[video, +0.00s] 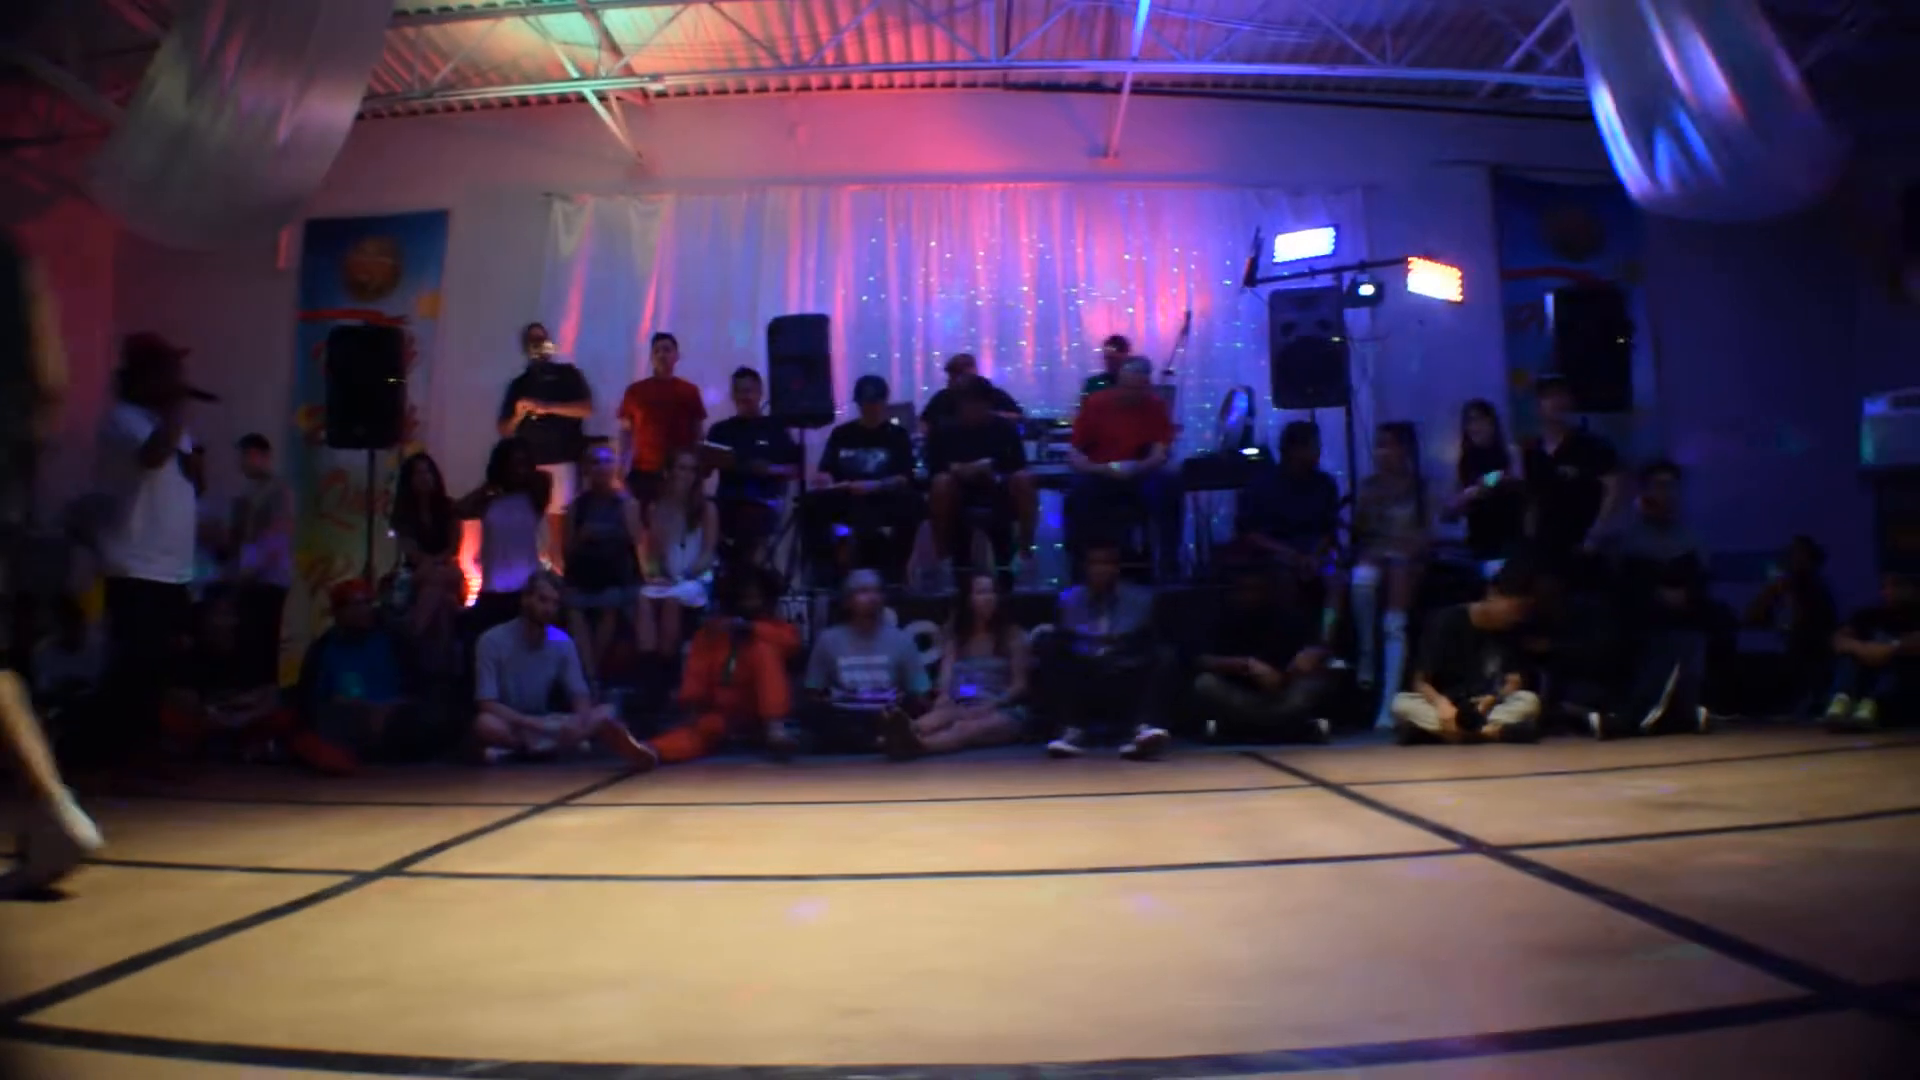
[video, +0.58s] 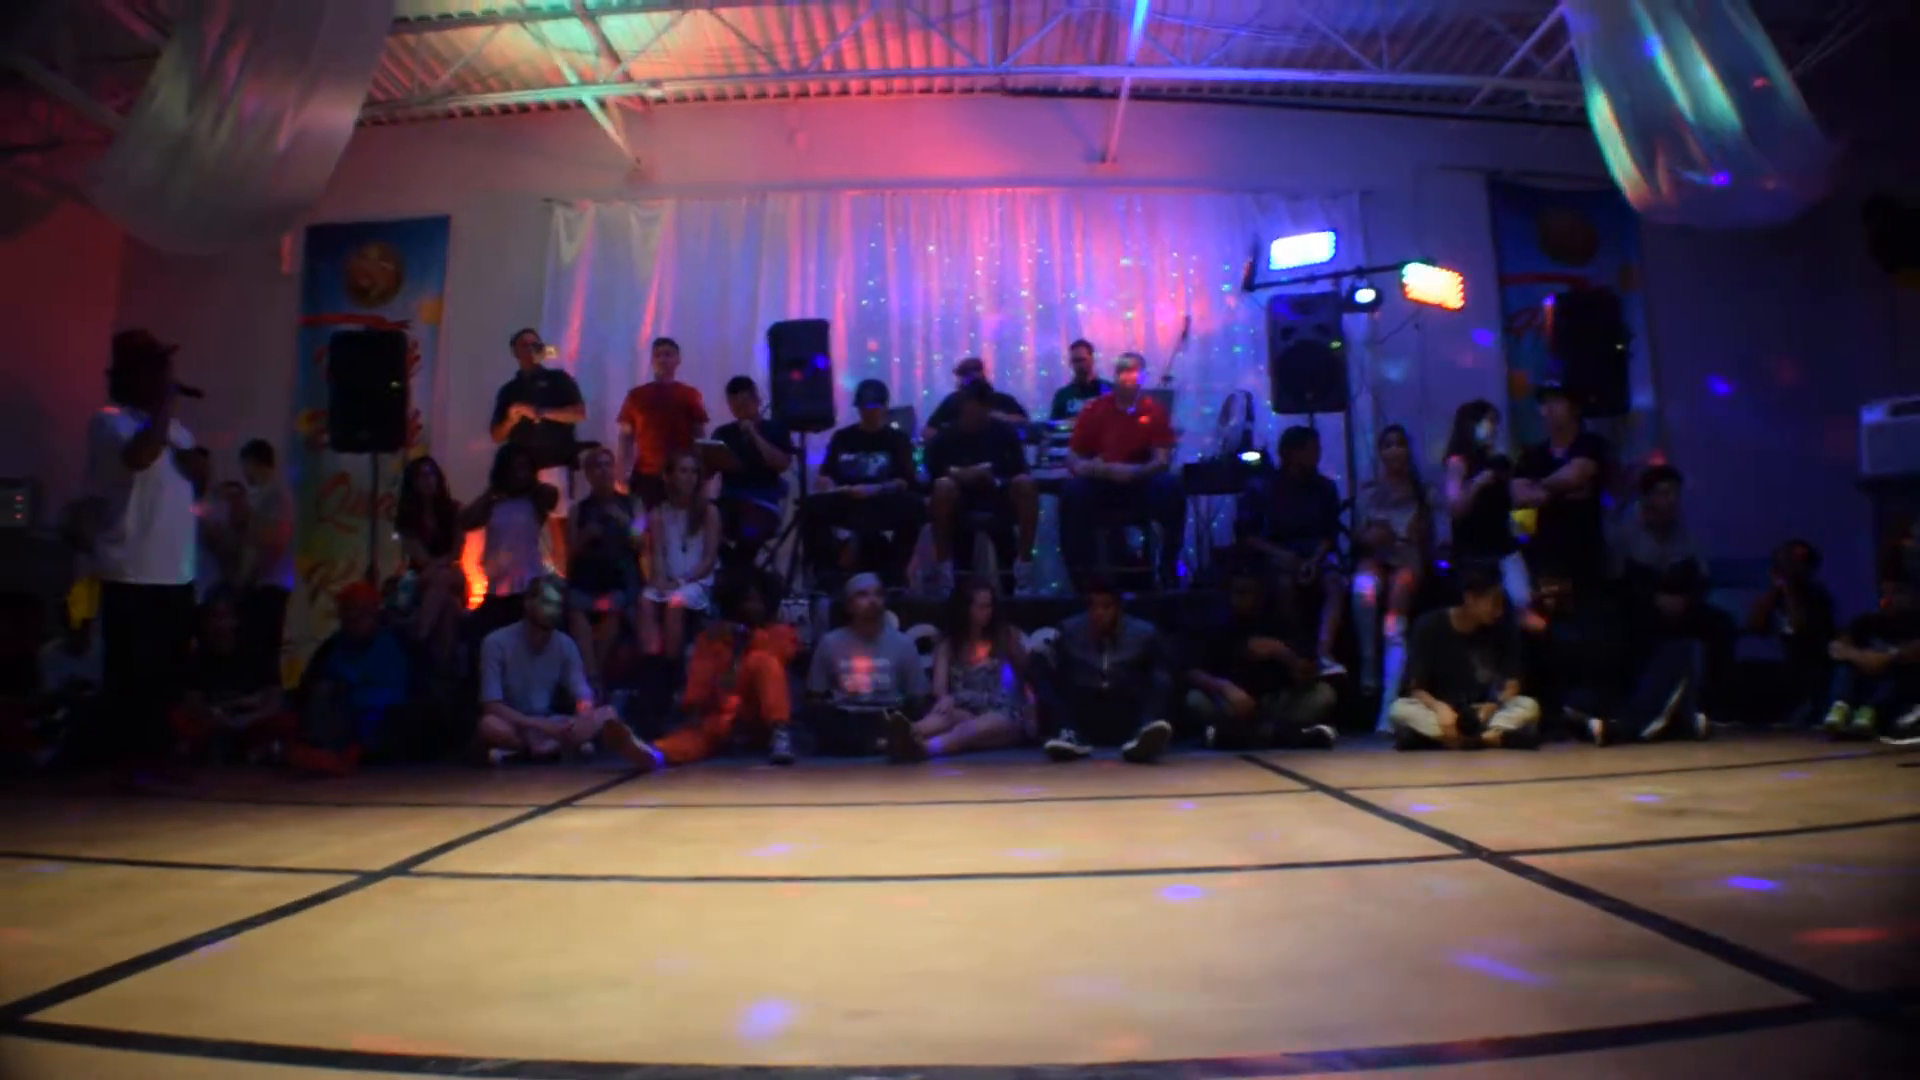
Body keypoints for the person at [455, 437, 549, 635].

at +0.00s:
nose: (517, 469)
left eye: (522, 462)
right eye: (511, 462)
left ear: (528, 464)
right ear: (499, 464)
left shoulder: (534, 499)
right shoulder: (487, 502)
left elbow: (543, 479)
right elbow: (459, 509)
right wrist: (488, 488)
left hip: (527, 590)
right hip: (493, 591)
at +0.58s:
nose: (520, 473)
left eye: (524, 466)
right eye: (514, 467)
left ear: (531, 469)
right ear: (502, 469)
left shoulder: (535, 501)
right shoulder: (493, 504)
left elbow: (551, 494)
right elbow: (465, 521)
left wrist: (527, 483)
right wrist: (491, 494)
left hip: (530, 591)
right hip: (498, 593)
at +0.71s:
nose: (543, 473)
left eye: (548, 467)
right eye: (538, 467)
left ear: (555, 470)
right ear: (526, 469)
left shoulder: (558, 500)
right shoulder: (518, 502)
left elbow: (576, 495)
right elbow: (490, 522)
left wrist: (552, 483)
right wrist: (515, 494)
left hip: (552, 590)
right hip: (520, 590)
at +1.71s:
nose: (530, 473)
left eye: (536, 467)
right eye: (526, 467)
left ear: (547, 471)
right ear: (518, 471)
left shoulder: (553, 500)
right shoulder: (513, 505)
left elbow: (557, 511)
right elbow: (488, 517)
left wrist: (555, 491)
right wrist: (514, 493)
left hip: (545, 593)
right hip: (511, 593)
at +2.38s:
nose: (538, 471)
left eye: (542, 465)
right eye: (532, 465)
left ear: (548, 470)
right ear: (518, 469)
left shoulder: (555, 503)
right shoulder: (505, 503)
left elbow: (555, 532)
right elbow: (486, 539)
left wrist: (549, 500)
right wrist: (506, 502)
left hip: (544, 595)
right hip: (509, 594)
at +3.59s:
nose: (534, 470)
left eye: (540, 465)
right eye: (528, 464)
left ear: (547, 470)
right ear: (515, 468)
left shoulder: (554, 500)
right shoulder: (501, 500)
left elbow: (566, 546)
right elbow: (491, 546)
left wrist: (557, 511)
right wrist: (496, 513)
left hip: (544, 593)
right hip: (508, 593)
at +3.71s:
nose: (534, 470)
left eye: (539, 464)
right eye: (528, 464)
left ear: (546, 470)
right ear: (515, 468)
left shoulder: (553, 501)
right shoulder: (501, 501)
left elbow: (564, 548)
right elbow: (491, 543)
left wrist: (557, 512)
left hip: (543, 591)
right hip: (508, 590)